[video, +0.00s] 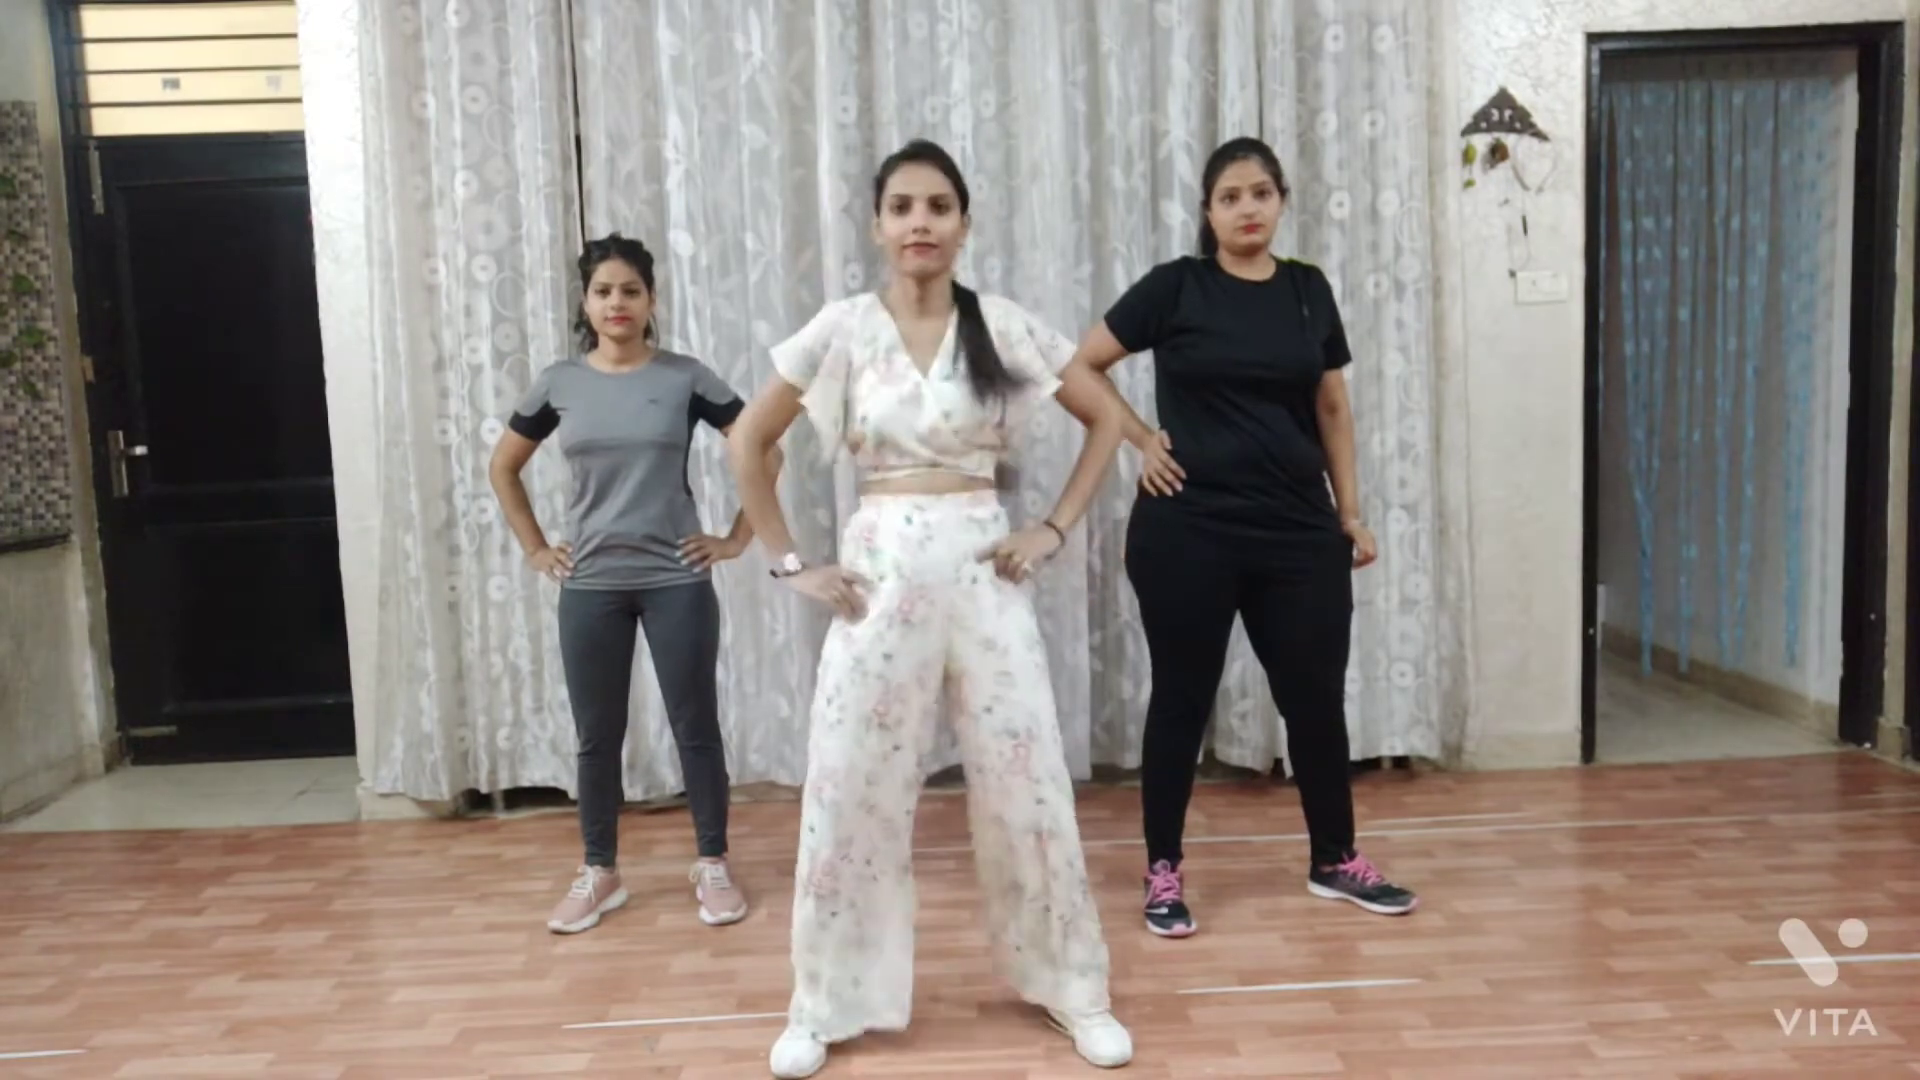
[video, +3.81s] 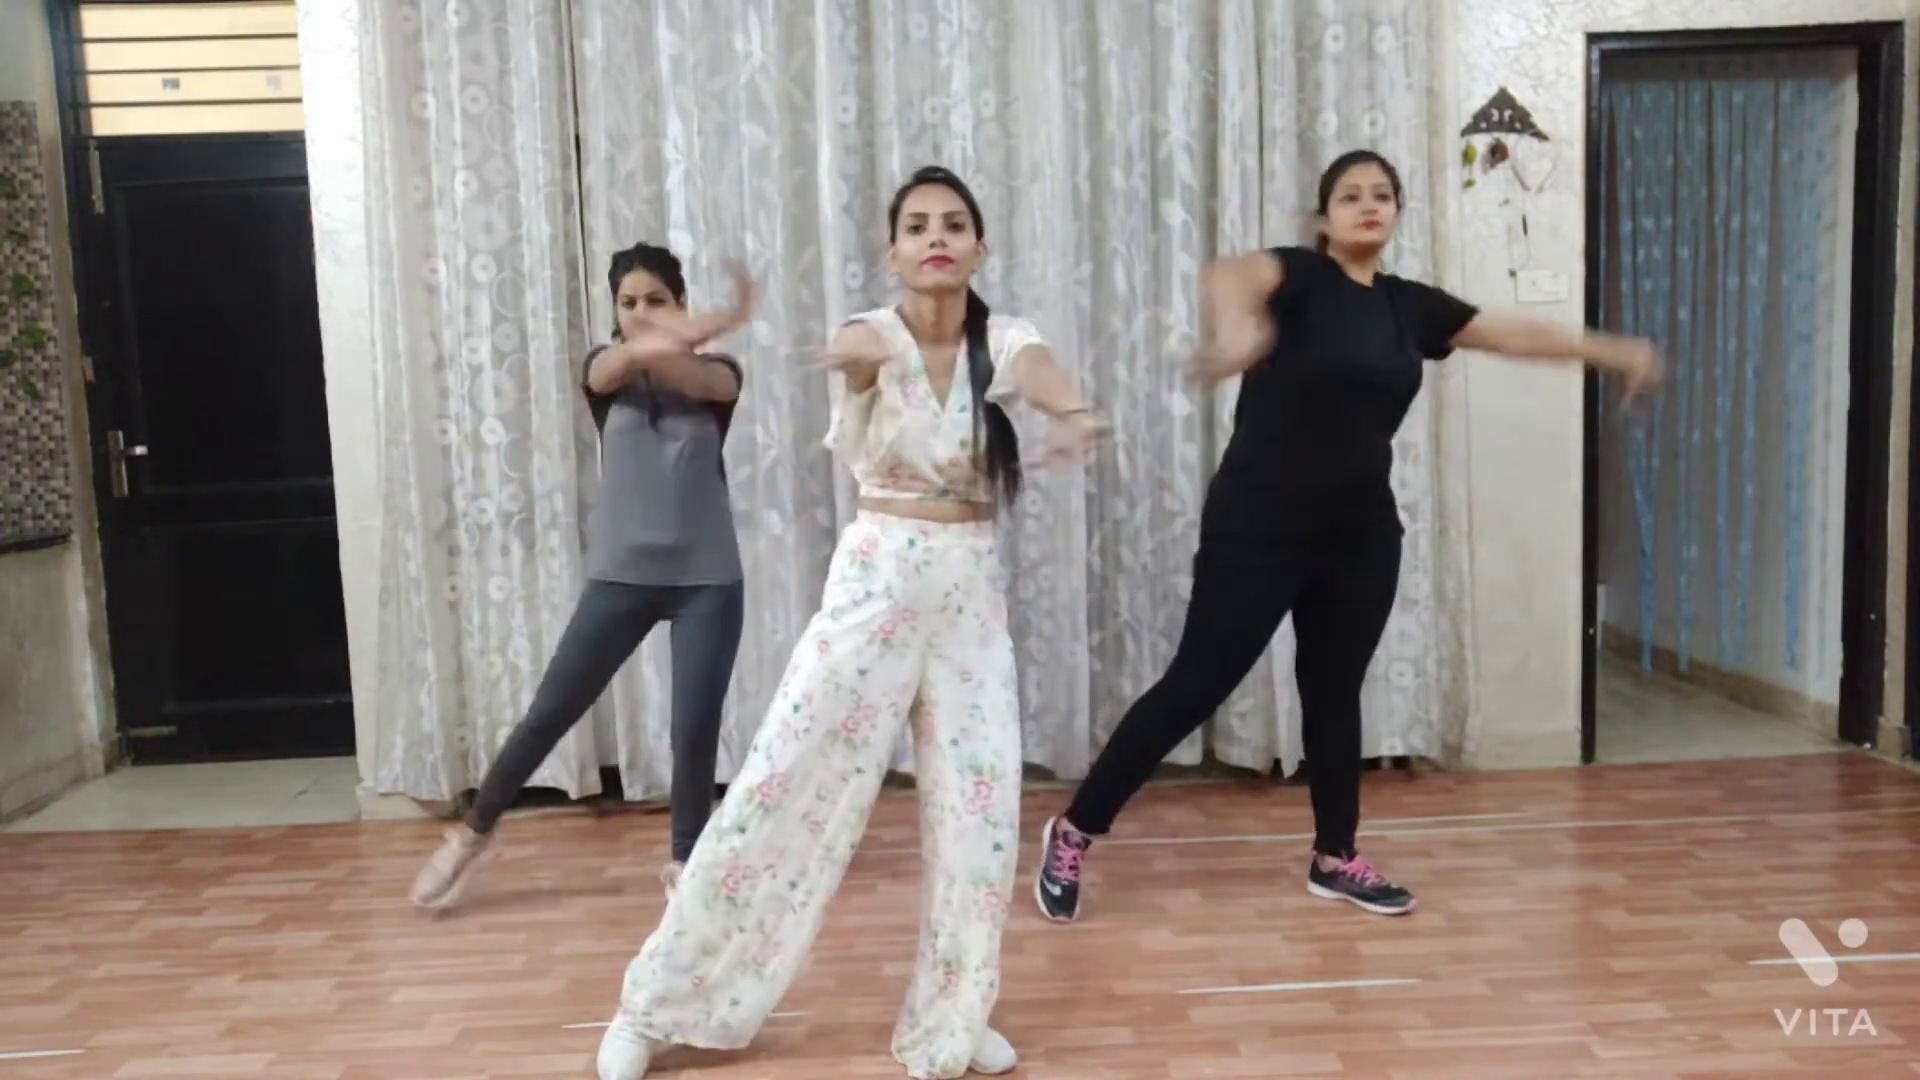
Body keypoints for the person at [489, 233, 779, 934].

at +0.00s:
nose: (617, 303)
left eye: (630, 290)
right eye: (603, 291)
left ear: (651, 300)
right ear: (585, 302)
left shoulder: (686, 379)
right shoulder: (559, 383)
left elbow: (767, 450)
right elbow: (503, 466)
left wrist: (738, 535)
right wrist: (537, 548)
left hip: (676, 574)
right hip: (591, 580)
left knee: (696, 726)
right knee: (597, 736)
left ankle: (712, 866)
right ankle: (599, 871)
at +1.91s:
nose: (618, 301)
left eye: (631, 290)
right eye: (605, 289)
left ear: (650, 302)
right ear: (584, 301)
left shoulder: (683, 378)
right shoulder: (557, 385)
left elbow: (764, 452)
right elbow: (502, 469)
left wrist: (733, 538)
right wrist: (538, 550)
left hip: (674, 574)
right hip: (589, 578)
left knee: (693, 725)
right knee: (595, 735)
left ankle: (712, 866)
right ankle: (599, 872)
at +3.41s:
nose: (621, 303)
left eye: (634, 290)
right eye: (608, 292)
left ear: (658, 297)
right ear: (591, 303)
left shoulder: (694, 379)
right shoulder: (569, 375)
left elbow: (752, 460)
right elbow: (473, 441)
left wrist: (806, 518)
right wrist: (473, 529)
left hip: (674, 574)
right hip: (589, 582)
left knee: (680, 732)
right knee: (595, 738)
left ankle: (687, 873)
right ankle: (599, 873)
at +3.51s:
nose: (629, 307)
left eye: (642, 293)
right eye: (616, 295)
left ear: (667, 299)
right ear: (601, 305)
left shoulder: (701, 377)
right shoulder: (583, 372)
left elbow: (757, 443)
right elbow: (521, 414)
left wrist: (826, 497)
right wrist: (470, 445)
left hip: (680, 578)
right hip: (596, 580)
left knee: (683, 733)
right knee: (587, 736)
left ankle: (687, 871)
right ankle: (597, 872)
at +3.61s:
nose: (632, 309)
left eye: (646, 295)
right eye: (620, 298)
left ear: (675, 302)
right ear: (606, 309)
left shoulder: (707, 379)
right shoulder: (600, 372)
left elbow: (750, 421)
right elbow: (565, 384)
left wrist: (807, 455)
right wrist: (524, 370)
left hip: (688, 580)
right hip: (605, 581)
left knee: (688, 726)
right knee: (567, 721)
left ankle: (685, 869)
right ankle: (579, 864)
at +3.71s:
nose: (640, 313)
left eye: (653, 299)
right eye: (627, 301)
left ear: (683, 303)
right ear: (610, 309)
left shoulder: (709, 371)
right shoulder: (598, 366)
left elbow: (729, 389)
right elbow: (600, 375)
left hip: (701, 579)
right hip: (616, 577)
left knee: (691, 736)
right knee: (556, 716)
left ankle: (687, 874)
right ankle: (509, 851)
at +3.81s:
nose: (644, 312)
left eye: (656, 299)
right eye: (631, 303)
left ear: (685, 302)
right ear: (616, 311)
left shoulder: (724, 372)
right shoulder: (604, 365)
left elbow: (697, 378)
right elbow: (621, 362)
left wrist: (648, 343)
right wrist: (723, 320)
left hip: (708, 574)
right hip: (623, 575)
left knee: (696, 734)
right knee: (549, 714)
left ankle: (687, 876)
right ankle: (471, 836)